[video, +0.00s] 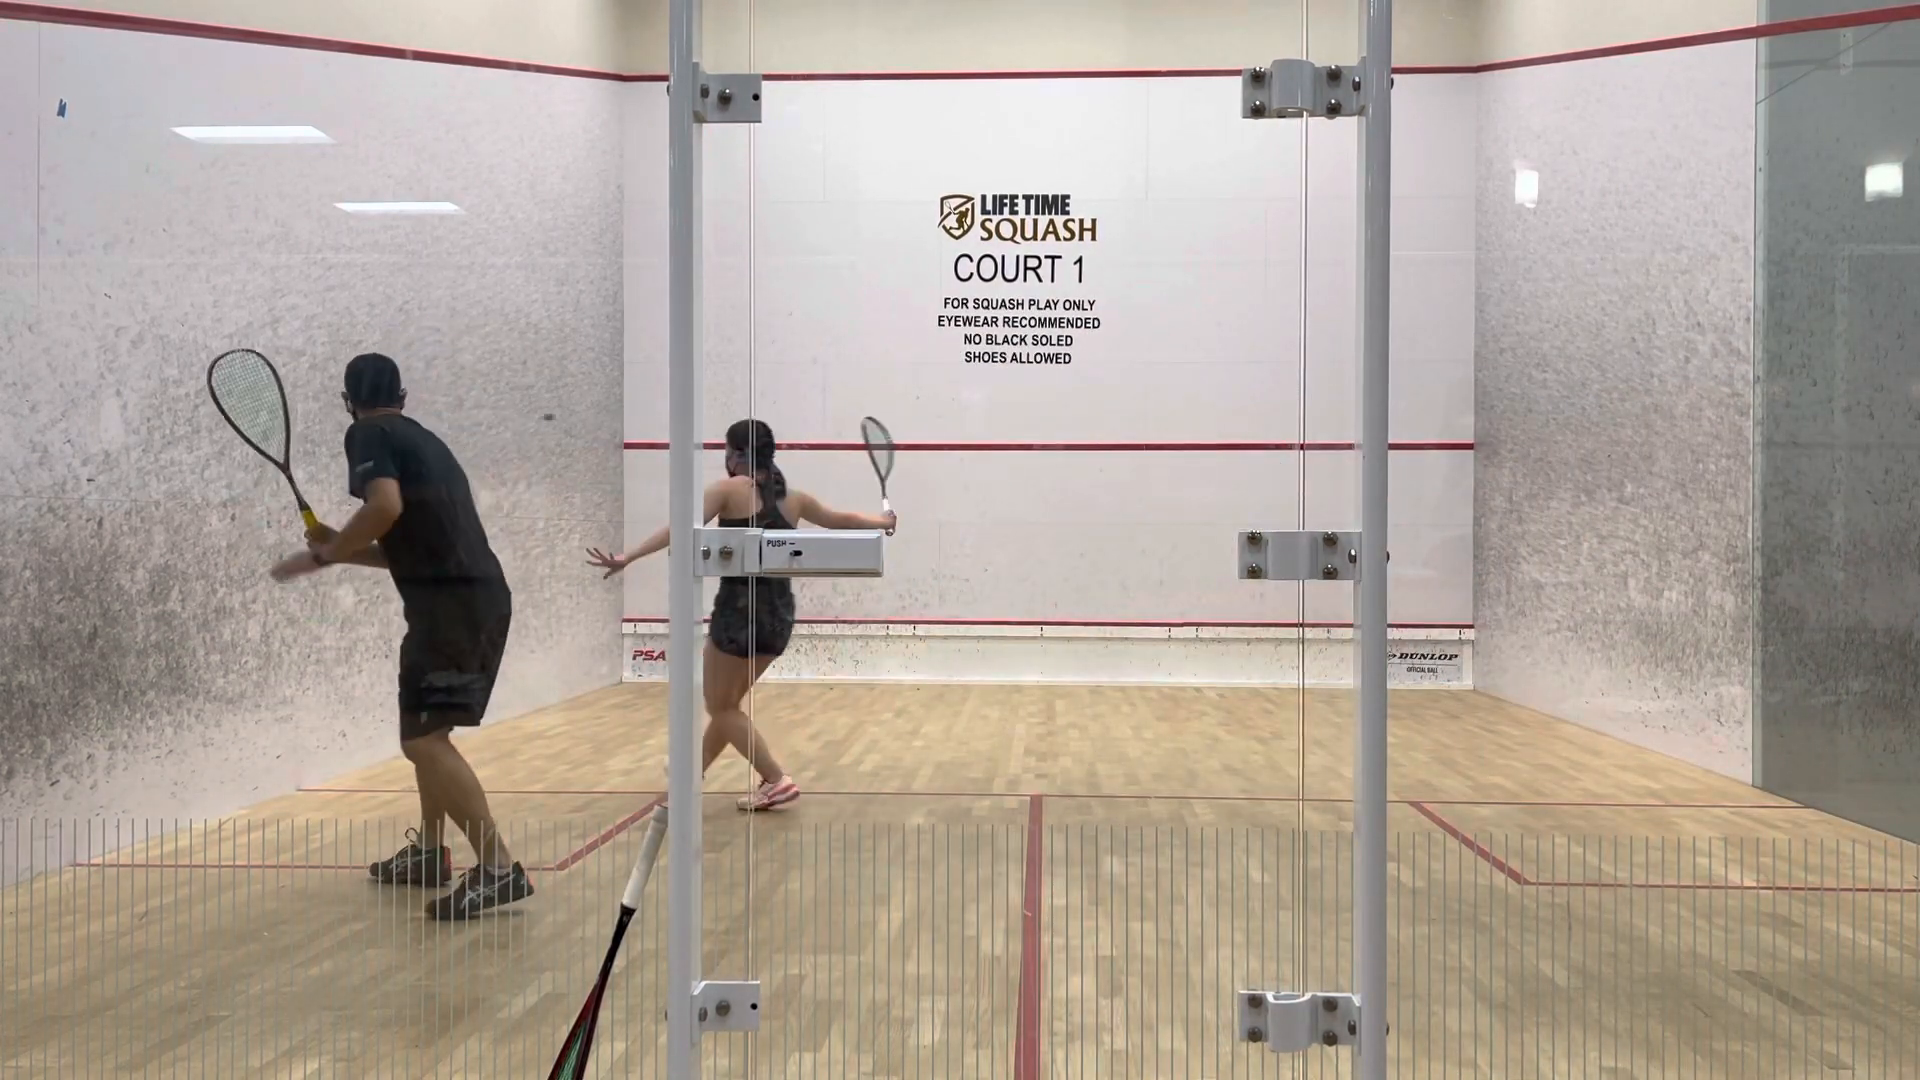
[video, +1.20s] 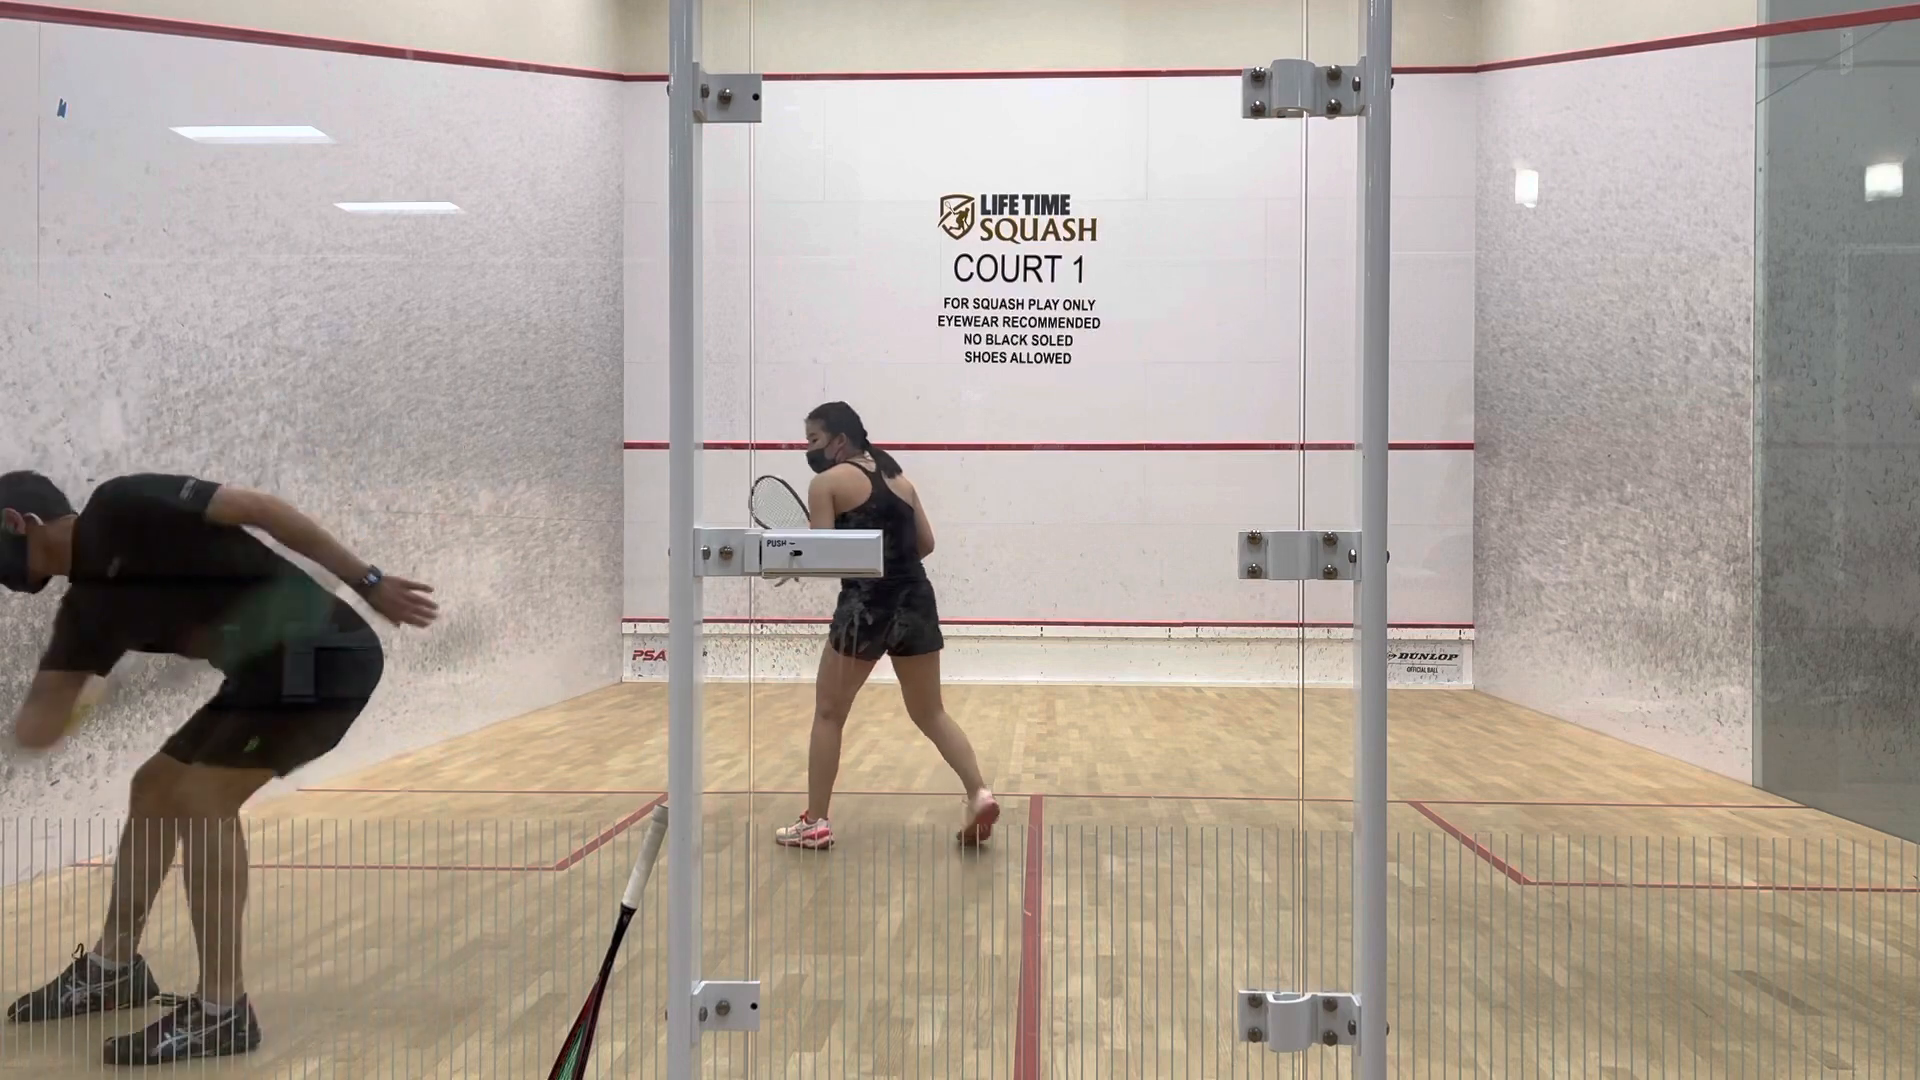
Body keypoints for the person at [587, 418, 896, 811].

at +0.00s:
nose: (725, 457)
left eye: (727, 450)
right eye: (727, 450)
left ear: (736, 453)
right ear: (769, 452)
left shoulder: (726, 490)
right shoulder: (792, 497)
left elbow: (678, 529)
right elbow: (837, 519)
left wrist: (627, 556)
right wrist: (883, 521)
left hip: (737, 611)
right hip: (780, 614)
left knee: (721, 706)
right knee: (727, 707)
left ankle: (776, 780)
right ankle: (685, 781)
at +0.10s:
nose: (737, 449)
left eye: (740, 442)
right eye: (738, 442)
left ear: (751, 443)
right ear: (781, 443)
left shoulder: (741, 480)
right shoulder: (808, 489)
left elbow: (690, 522)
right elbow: (844, 521)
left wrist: (635, 542)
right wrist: (867, 519)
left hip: (759, 603)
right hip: (800, 603)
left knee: (744, 700)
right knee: (753, 685)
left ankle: (780, 788)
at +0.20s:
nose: (754, 444)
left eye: (757, 437)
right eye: (754, 437)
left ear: (771, 437)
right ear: (798, 435)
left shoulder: (755, 477)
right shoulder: (823, 482)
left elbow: (718, 522)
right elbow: (855, 532)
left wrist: (670, 533)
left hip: (777, 601)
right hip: (820, 599)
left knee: (760, 696)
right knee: (790, 684)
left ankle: (781, 788)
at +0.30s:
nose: (767, 441)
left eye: (771, 434)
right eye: (768, 434)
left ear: (791, 435)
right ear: (809, 434)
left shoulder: (774, 476)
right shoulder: (839, 482)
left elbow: (759, 530)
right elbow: (857, 538)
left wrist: (728, 538)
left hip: (796, 599)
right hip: (840, 597)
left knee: (771, 693)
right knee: (835, 695)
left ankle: (780, 787)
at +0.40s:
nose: (785, 448)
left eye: (790, 441)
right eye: (786, 441)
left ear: (810, 444)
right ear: (825, 443)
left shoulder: (800, 484)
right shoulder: (855, 482)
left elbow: (794, 549)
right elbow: (868, 540)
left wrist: (751, 550)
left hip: (821, 604)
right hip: (863, 602)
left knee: (783, 693)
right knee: (879, 703)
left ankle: (781, 788)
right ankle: (942, 775)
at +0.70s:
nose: (828, 446)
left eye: (834, 438)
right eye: (827, 438)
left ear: (858, 439)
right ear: (866, 441)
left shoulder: (850, 480)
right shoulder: (900, 478)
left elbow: (850, 551)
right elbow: (924, 548)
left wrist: (796, 553)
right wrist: (881, 573)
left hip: (868, 607)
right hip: (908, 604)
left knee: (810, 692)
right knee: (916, 710)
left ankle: (819, 793)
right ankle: (960, 799)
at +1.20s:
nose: (808, 448)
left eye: (813, 440)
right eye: (807, 440)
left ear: (840, 438)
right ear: (851, 439)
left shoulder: (827, 483)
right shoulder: (897, 475)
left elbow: (820, 556)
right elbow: (925, 542)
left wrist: (782, 557)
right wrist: (886, 564)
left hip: (864, 605)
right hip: (915, 602)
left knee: (829, 714)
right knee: (930, 712)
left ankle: (816, 820)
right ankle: (979, 792)